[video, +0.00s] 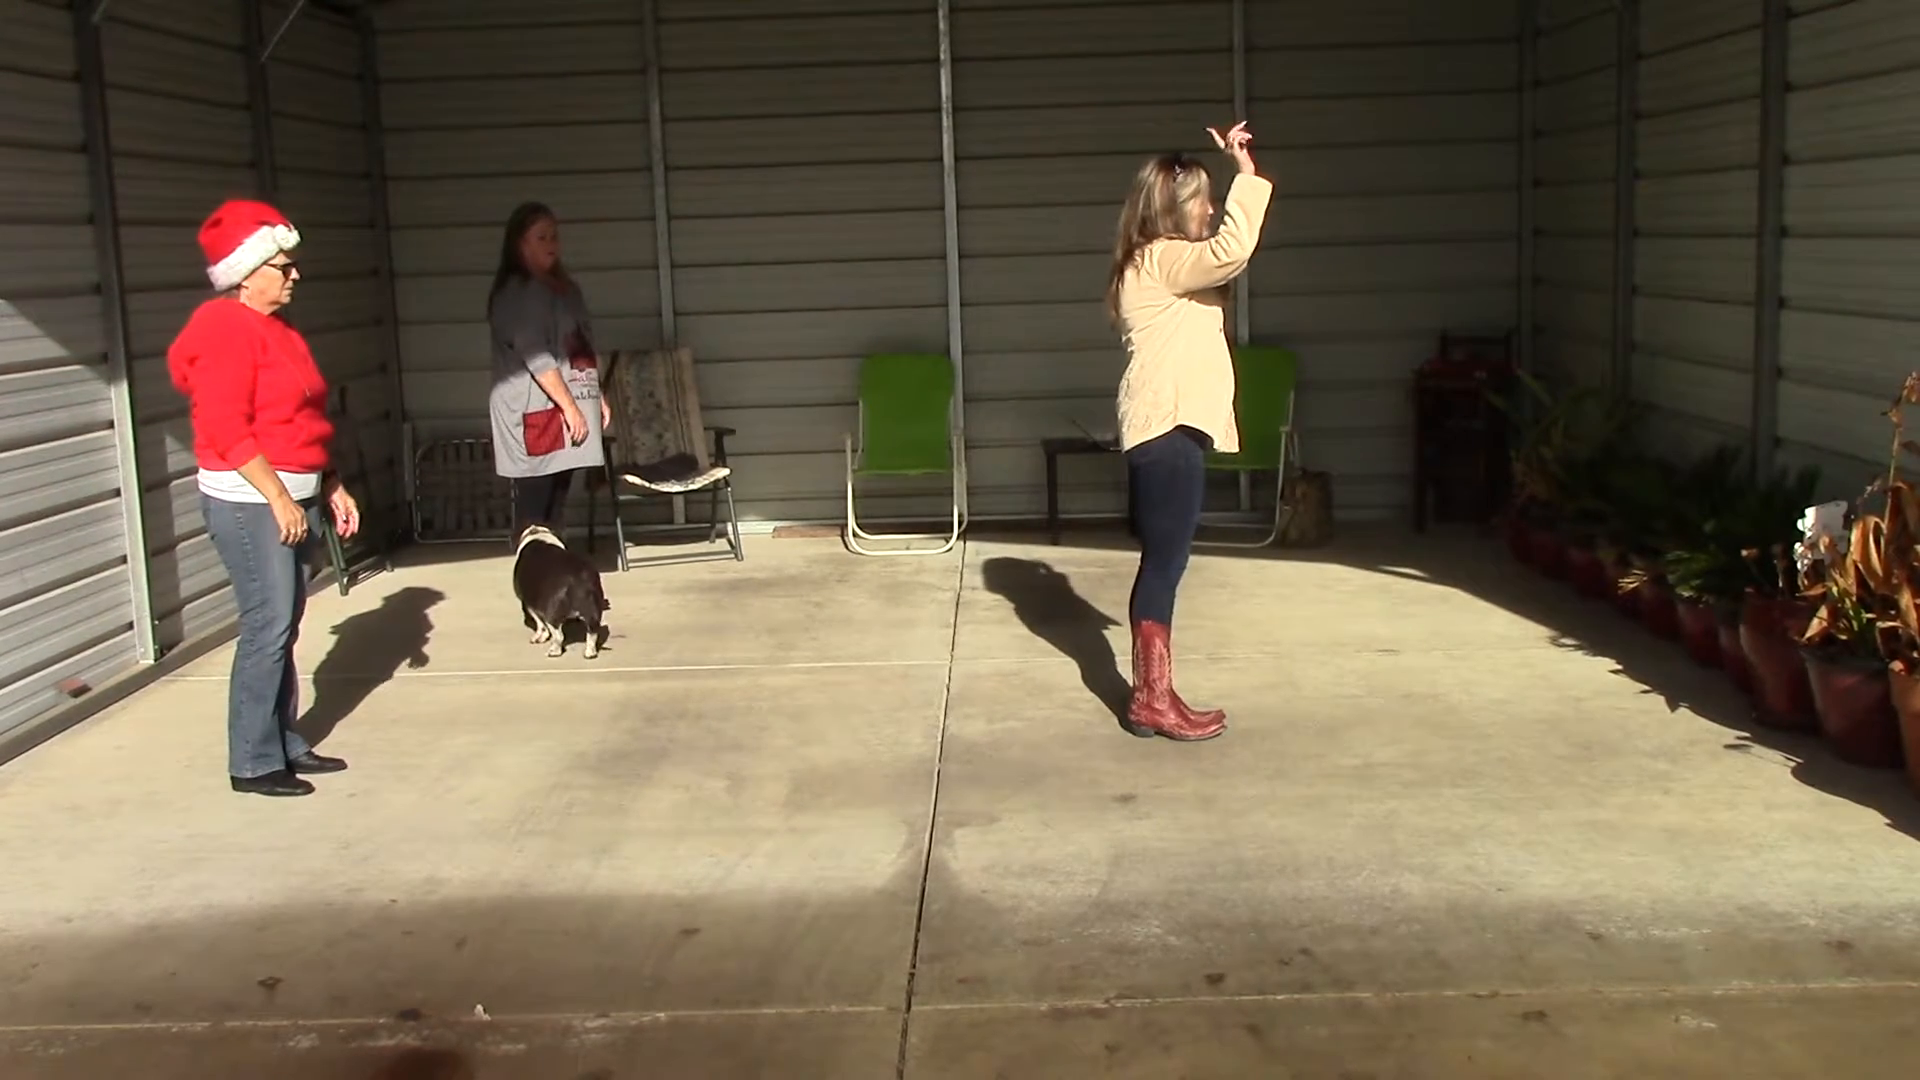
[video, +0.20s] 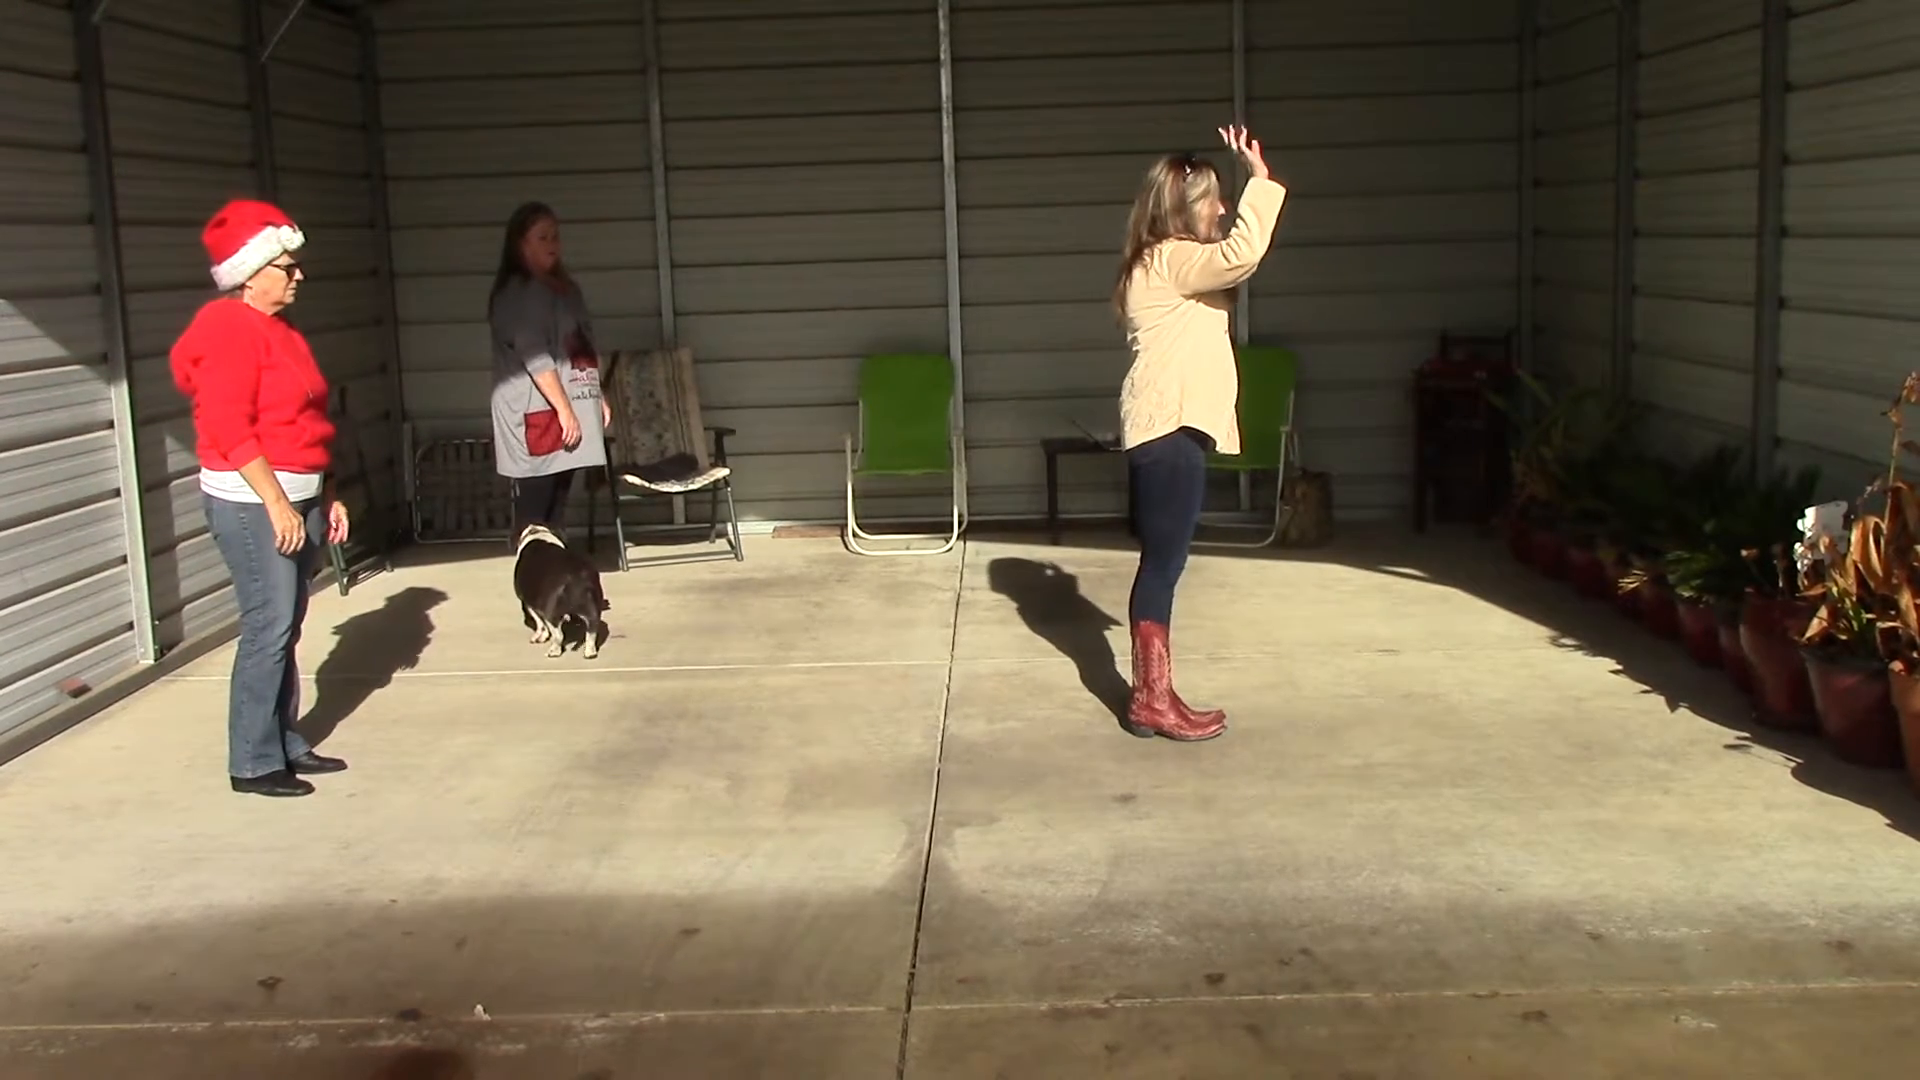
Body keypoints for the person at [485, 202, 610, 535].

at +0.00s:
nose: (552, 245)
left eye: (554, 236)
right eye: (542, 238)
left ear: (559, 240)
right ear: (520, 244)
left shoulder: (563, 287)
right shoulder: (517, 292)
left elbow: (582, 346)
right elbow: (536, 358)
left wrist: (596, 395)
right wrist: (570, 407)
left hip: (558, 409)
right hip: (528, 412)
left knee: (554, 500)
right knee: (534, 503)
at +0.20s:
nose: (553, 245)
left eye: (555, 236)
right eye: (543, 238)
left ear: (561, 240)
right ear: (521, 245)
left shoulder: (564, 287)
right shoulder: (516, 292)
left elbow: (583, 346)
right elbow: (535, 358)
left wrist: (596, 394)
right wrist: (564, 410)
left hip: (559, 406)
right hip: (528, 411)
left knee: (555, 499)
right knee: (535, 502)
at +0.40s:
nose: (556, 246)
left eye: (558, 236)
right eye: (546, 238)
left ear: (564, 240)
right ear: (523, 244)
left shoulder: (566, 287)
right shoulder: (520, 292)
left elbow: (583, 347)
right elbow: (535, 357)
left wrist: (596, 396)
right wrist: (562, 411)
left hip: (563, 401)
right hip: (530, 407)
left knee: (555, 507)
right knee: (537, 507)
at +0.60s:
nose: (561, 246)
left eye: (563, 237)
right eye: (551, 238)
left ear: (568, 240)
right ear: (528, 244)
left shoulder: (569, 287)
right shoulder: (524, 292)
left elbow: (588, 349)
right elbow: (542, 359)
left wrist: (600, 399)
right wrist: (569, 411)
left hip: (565, 409)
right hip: (534, 412)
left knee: (561, 507)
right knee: (540, 510)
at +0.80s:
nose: (570, 248)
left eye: (572, 239)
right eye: (561, 240)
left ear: (575, 241)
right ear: (537, 245)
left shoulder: (573, 288)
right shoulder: (534, 293)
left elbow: (591, 344)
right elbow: (550, 360)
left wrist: (606, 362)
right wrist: (578, 412)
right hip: (546, 406)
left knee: (576, 492)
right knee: (567, 495)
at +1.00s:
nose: (581, 247)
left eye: (584, 239)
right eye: (572, 240)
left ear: (587, 242)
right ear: (550, 245)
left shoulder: (580, 287)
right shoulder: (547, 293)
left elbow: (593, 342)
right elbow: (562, 358)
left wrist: (606, 360)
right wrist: (589, 411)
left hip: (572, 404)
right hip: (556, 408)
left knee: (576, 500)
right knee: (587, 498)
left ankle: (574, 589)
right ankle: (594, 590)